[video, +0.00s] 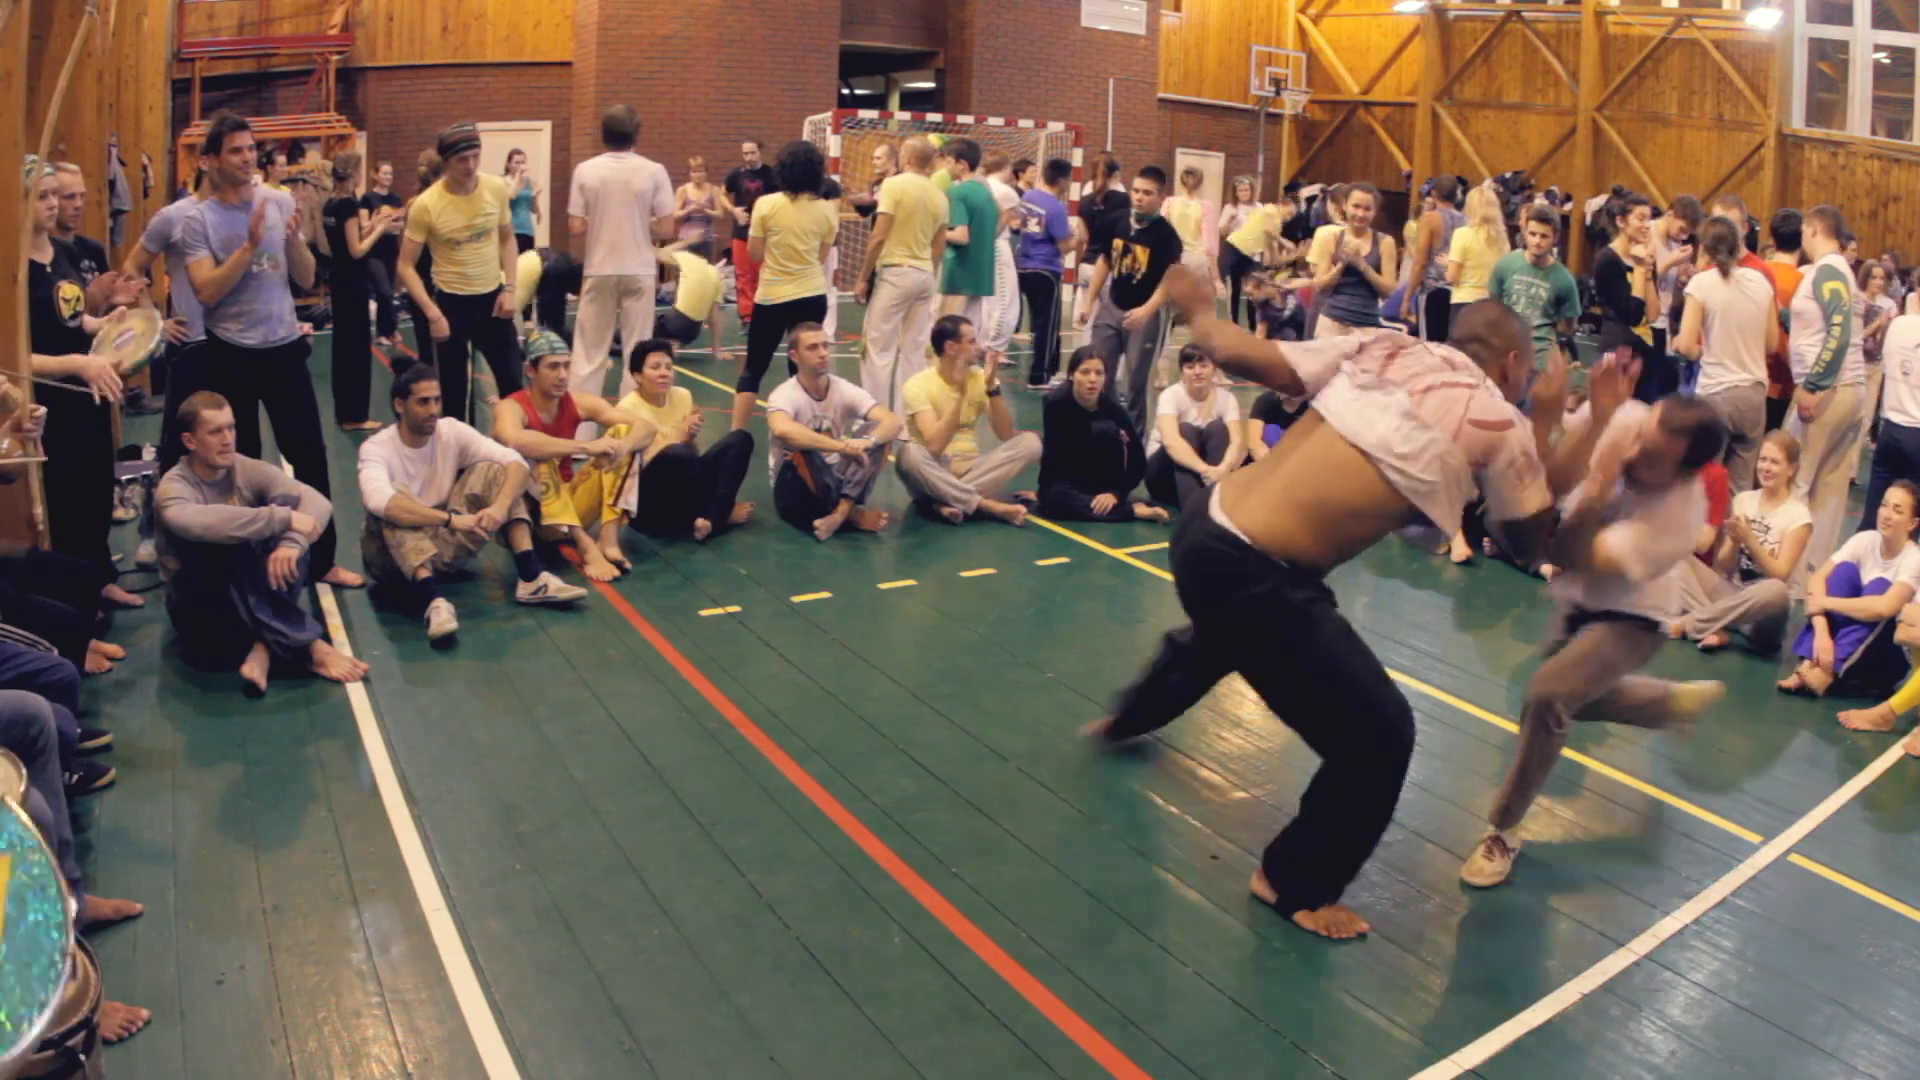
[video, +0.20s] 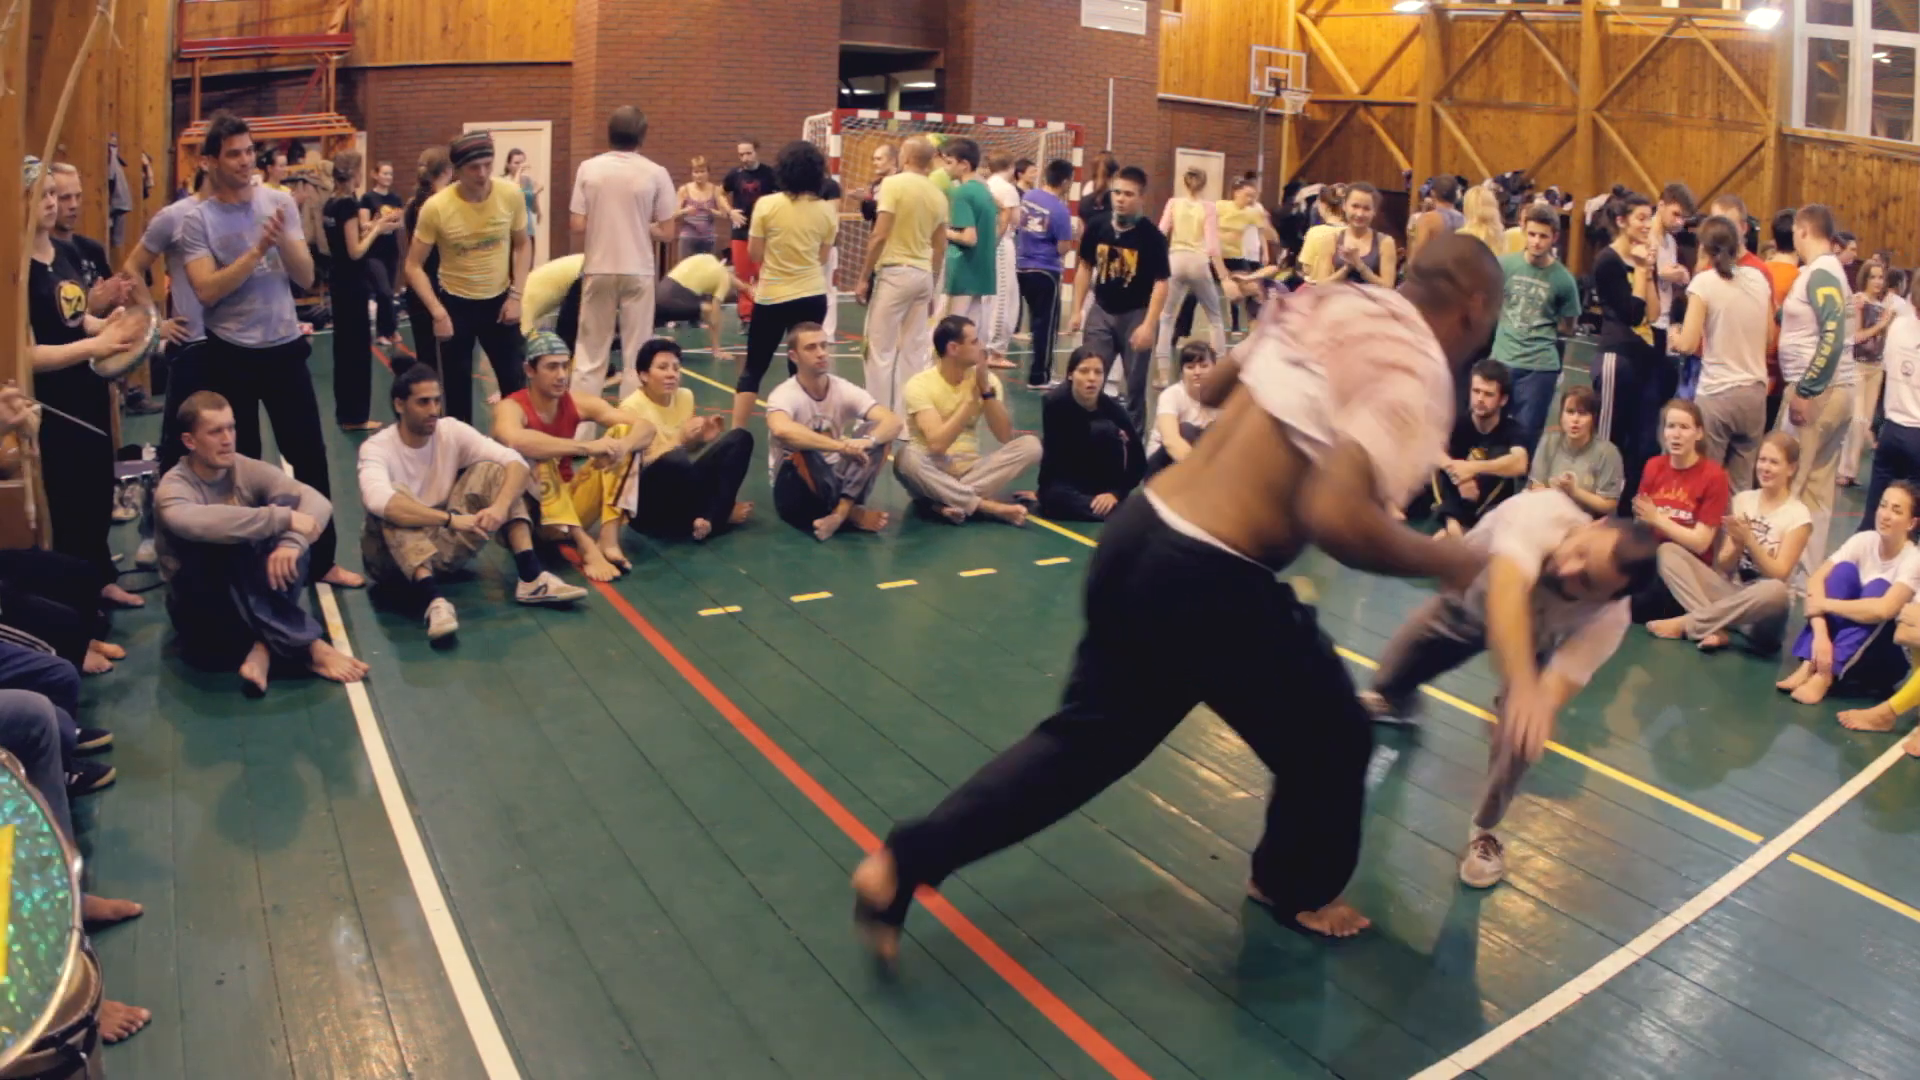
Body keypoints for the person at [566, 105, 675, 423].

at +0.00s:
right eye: (634, 131)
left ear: (603, 134)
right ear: (636, 135)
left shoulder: (586, 171)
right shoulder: (654, 172)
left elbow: (577, 227)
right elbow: (665, 229)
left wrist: (601, 220)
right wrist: (638, 221)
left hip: (599, 271)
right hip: (640, 271)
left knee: (588, 352)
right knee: (638, 352)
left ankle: (580, 429)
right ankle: (633, 430)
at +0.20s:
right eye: (642, 133)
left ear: (609, 134)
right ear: (642, 136)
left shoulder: (589, 169)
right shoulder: (656, 173)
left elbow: (578, 224)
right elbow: (668, 232)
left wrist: (603, 222)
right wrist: (642, 225)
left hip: (598, 269)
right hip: (639, 270)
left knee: (590, 349)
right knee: (637, 350)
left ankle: (582, 425)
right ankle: (631, 423)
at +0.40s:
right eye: (641, 133)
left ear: (608, 134)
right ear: (639, 136)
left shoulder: (587, 168)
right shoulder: (654, 172)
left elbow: (574, 223)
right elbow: (662, 231)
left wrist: (598, 221)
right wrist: (638, 223)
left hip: (596, 267)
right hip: (635, 269)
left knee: (584, 349)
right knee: (634, 351)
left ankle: (574, 421)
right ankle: (630, 423)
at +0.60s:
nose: (632, 136)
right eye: (632, 132)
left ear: (599, 133)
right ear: (631, 135)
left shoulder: (579, 170)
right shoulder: (646, 172)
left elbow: (570, 225)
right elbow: (659, 230)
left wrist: (597, 225)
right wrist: (633, 224)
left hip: (590, 268)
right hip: (630, 269)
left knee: (582, 350)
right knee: (632, 350)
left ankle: (577, 424)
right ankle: (630, 426)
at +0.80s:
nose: (622, 133)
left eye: (619, 129)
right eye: (620, 130)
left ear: (585, 135)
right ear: (616, 134)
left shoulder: (568, 170)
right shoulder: (633, 169)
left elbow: (561, 223)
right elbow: (648, 226)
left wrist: (587, 224)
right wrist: (622, 216)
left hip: (582, 269)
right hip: (620, 268)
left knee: (580, 349)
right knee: (626, 351)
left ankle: (576, 427)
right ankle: (627, 426)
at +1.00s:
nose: (609, 135)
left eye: (607, 130)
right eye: (607, 131)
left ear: (573, 138)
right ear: (602, 135)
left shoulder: (558, 173)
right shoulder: (619, 167)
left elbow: (553, 229)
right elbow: (635, 223)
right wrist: (609, 216)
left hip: (573, 266)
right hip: (610, 265)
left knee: (573, 348)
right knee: (619, 347)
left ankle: (574, 423)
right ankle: (624, 423)